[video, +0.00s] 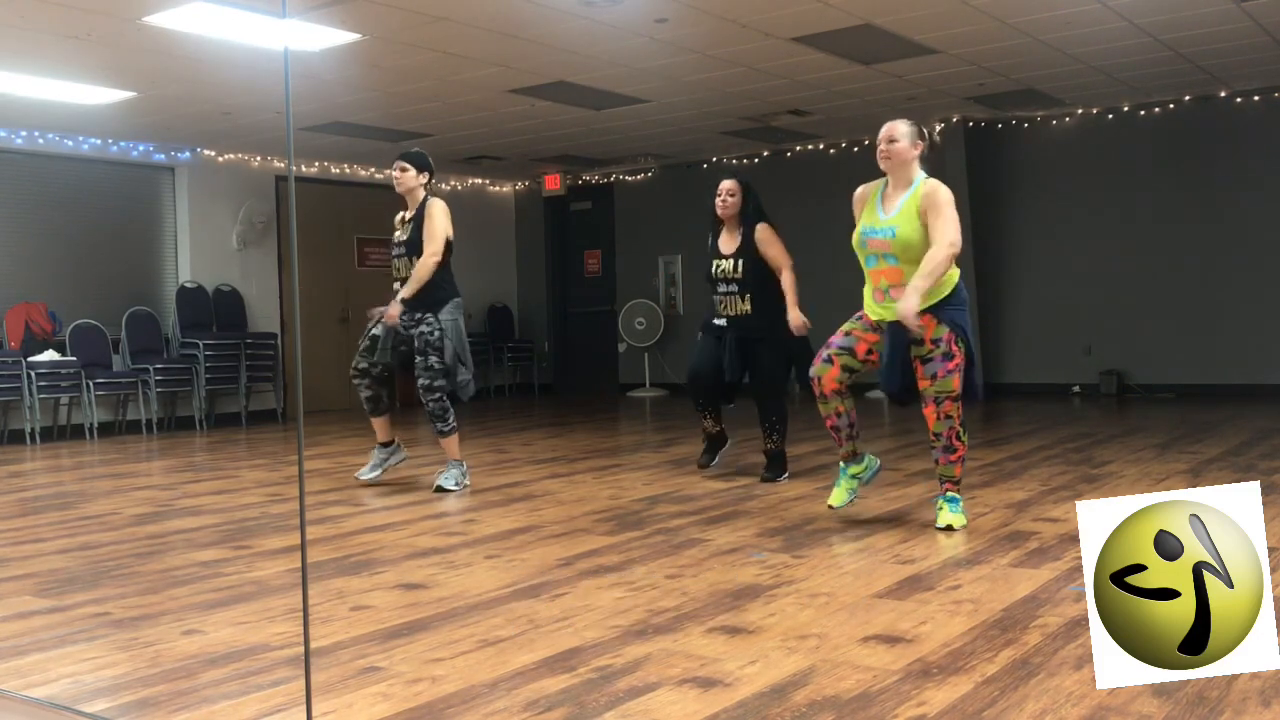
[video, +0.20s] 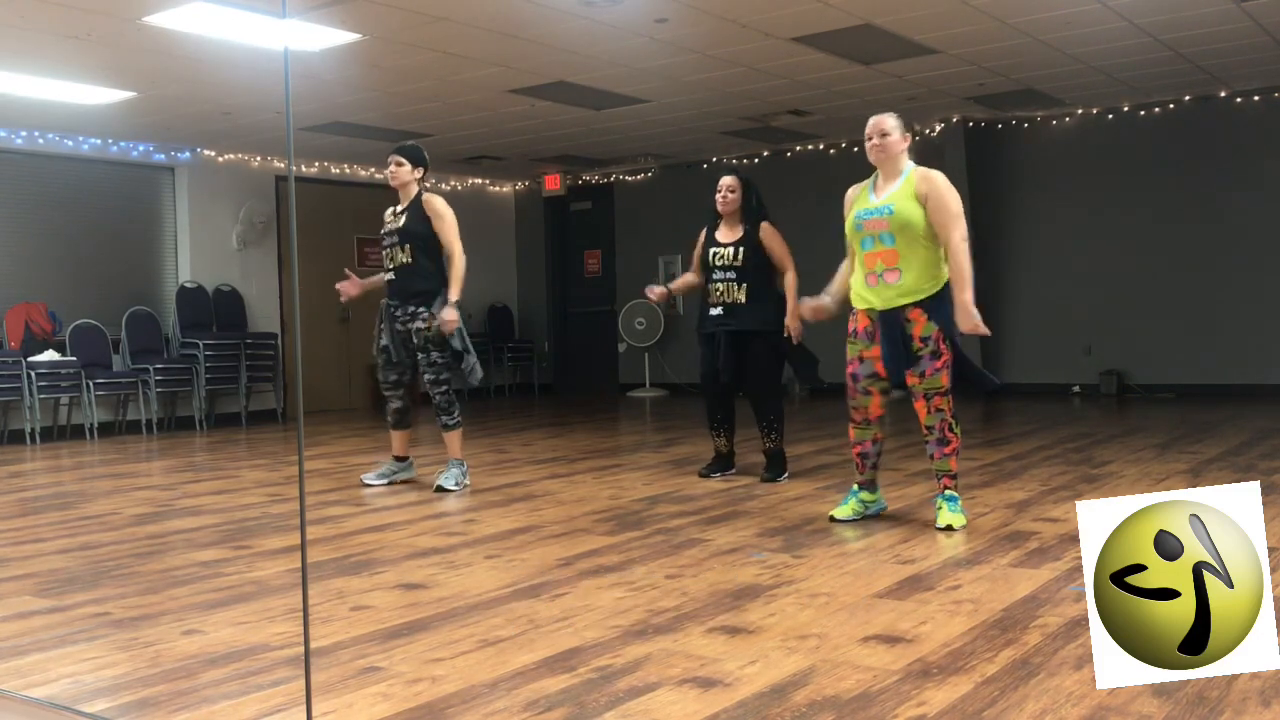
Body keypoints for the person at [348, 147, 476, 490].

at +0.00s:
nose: (395, 174)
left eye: (403, 170)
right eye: (394, 170)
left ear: (423, 176)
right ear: (395, 178)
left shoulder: (435, 207)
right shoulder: (400, 219)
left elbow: (433, 257)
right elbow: (406, 267)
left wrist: (399, 301)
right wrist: (393, 304)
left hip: (436, 312)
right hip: (405, 311)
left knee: (431, 386)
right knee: (365, 371)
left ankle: (456, 466)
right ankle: (387, 446)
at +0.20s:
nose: (390, 170)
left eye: (397, 165)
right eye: (389, 165)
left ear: (418, 171)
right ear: (389, 172)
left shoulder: (433, 204)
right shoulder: (391, 215)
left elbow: (456, 253)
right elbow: (398, 270)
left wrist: (452, 303)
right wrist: (363, 285)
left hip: (430, 311)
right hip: (394, 312)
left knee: (439, 386)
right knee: (394, 385)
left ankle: (456, 465)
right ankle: (400, 462)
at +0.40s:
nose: (387, 173)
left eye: (394, 169)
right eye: (385, 169)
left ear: (415, 175)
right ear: (385, 177)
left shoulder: (433, 214)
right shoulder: (376, 214)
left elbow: (462, 260)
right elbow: (360, 263)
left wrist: (472, 300)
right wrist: (337, 293)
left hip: (426, 310)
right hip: (389, 313)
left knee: (426, 378)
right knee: (384, 384)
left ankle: (455, 459)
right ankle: (400, 463)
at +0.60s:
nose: (393, 170)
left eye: (401, 164)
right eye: (392, 165)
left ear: (421, 171)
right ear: (393, 173)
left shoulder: (439, 213)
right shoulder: (383, 210)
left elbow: (456, 263)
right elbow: (368, 264)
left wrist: (455, 294)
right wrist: (339, 305)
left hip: (425, 309)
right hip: (388, 311)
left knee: (430, 382)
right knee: (394, 387)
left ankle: (458, 461)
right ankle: (402, 463)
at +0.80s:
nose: (405, 168)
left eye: (412, 163)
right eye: (403, 164)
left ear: (433, 169)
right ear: (404, 173)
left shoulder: (447, 208)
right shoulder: (401, 207)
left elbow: (461, 264)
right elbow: (395, 262)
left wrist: (441, 272)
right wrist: (372, 301)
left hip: (436, 310)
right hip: (400, 308)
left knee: (441, 385)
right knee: (390, 381)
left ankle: (459, 465)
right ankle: (398, 461)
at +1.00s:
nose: (412, 176)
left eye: (418, 170)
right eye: (409, 172)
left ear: (439, 172)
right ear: (411, 178)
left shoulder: (457, 212)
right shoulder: (416, 213)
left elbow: (458, 269)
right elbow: (412, 267)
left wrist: (426, 253)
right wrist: (394, 302)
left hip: (445, 312)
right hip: (412, 311)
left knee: (440, 385)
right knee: (377, 371)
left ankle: (459, 465)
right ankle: (387, 451)